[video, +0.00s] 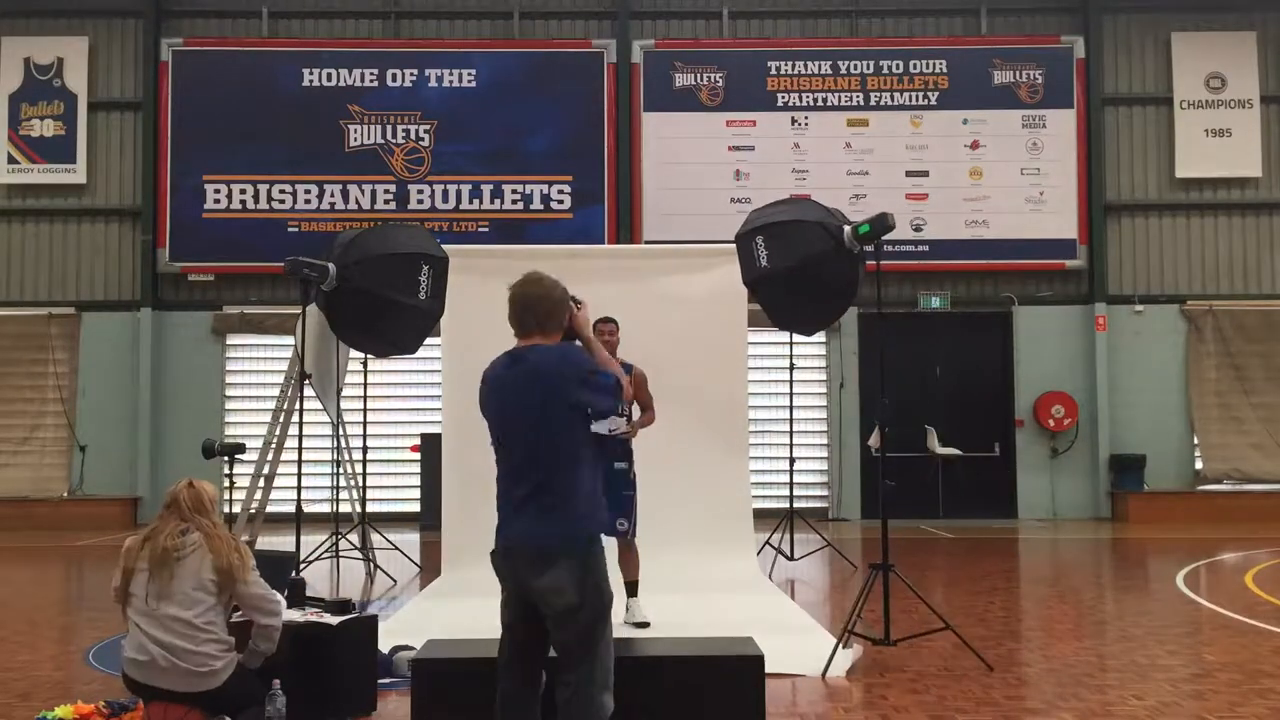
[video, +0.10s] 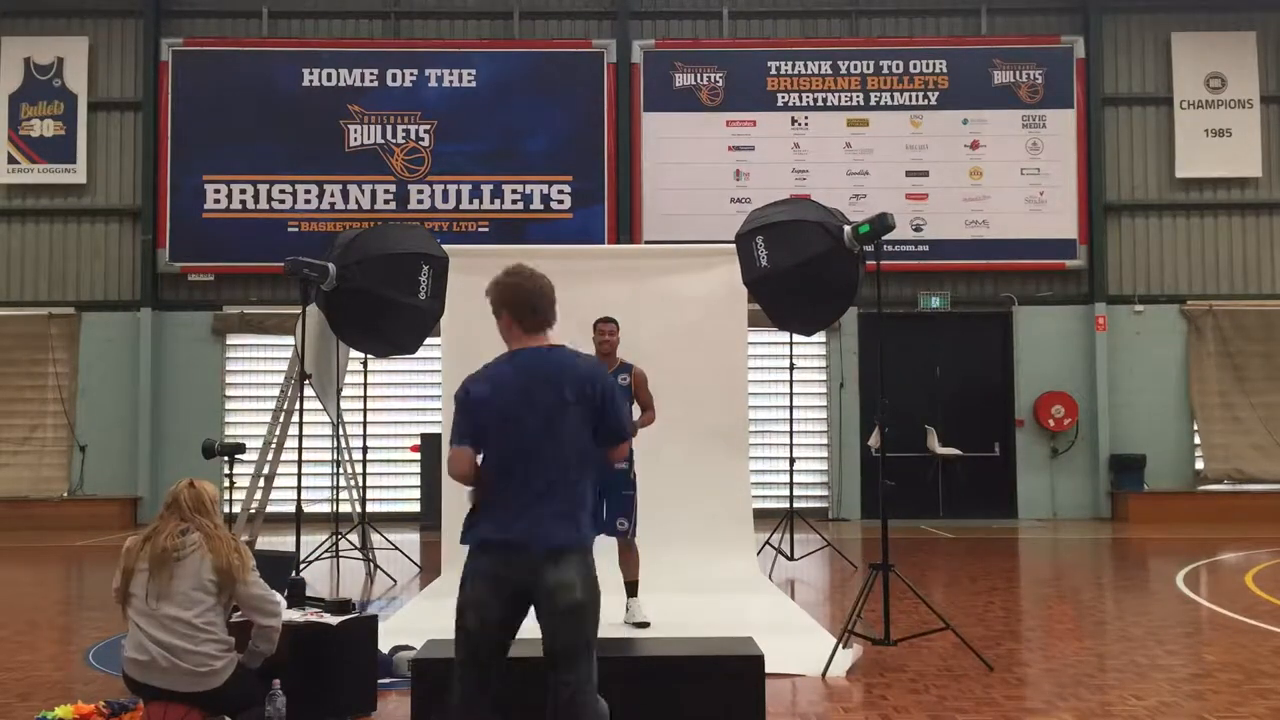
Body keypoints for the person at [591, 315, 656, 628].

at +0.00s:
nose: (607, 338)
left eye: (612, 333)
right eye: (602, 333)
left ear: (619, 338)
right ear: (591, 338)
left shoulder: (633, 375)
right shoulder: (580, 372)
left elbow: (648, 412)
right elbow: (570, 406)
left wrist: (635, 424)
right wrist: (581, 424)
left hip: (618, 459)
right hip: (583, 458)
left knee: (625, 534)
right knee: (582, 534)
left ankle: (632, 602)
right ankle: (580, 606)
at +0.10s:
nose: (605, 338)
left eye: (610, 333)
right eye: (601, 333)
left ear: (619, 338)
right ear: (593, 338)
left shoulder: (633, 374)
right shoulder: (580, 371)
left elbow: (649, 412)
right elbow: (567, 407)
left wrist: (631, 426)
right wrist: (581, 427)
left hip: (619, 463)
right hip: (583, 461)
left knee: (625, 535)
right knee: (580, 536)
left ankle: (632, 602)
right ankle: (577, 606)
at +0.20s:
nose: (604, 337)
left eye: (609, 332)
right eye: (599, 332)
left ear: (617, 338)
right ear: (591, 337)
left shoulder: (632, 375)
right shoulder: (574, 375)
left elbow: (647, 414)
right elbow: (560, 413)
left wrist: (633, 424)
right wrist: (569, 425)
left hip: (618, 462)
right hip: (586, 462)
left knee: (624, 535)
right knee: (583, 535)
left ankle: (633, 604)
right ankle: (578, 605)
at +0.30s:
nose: (608, 337)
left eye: (612, 332)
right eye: (603, 332)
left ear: (620, 338)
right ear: (595, 338)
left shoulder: (636, 375)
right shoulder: (577, 375)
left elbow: (649, 413)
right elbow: (563, 413)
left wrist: (638, 424)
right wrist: (575, 425)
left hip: (622, 462)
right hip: (590, 463)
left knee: (626, 535)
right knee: (585, 535)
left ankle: (633, 604)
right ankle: (578, 605)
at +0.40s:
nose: (605, 349)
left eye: (610, 344)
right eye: (601, 344)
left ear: (620, 343)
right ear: (595, 342)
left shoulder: (635, 375)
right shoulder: (577, 375)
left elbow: (649, 414)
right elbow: (563, 414)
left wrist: (638, 424)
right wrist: (575, 425)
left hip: (621, 462)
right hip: (590, 463)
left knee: (626, 535)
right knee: (585, 535)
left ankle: (633, 603)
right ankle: (578, 605)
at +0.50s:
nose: (606, 339)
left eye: (611, 334)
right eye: (601, 334)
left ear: (619, 339)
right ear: (593, 338)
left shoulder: (634, 375)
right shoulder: (579, 373)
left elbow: (648, 412)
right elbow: (566, 408)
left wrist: (637, 424)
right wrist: (583, 428)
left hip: (621, 464)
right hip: (588, 464)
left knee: (626, 535)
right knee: (584, 535)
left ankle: (633, 603)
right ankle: (578, 604)